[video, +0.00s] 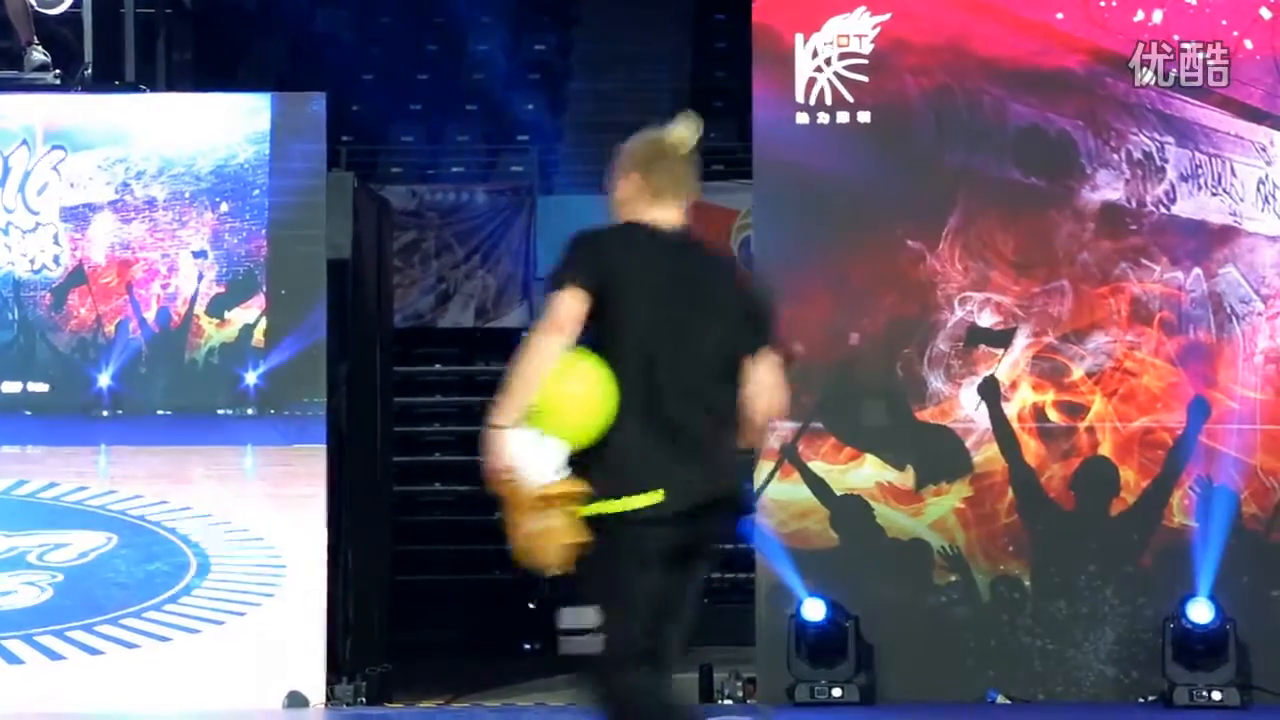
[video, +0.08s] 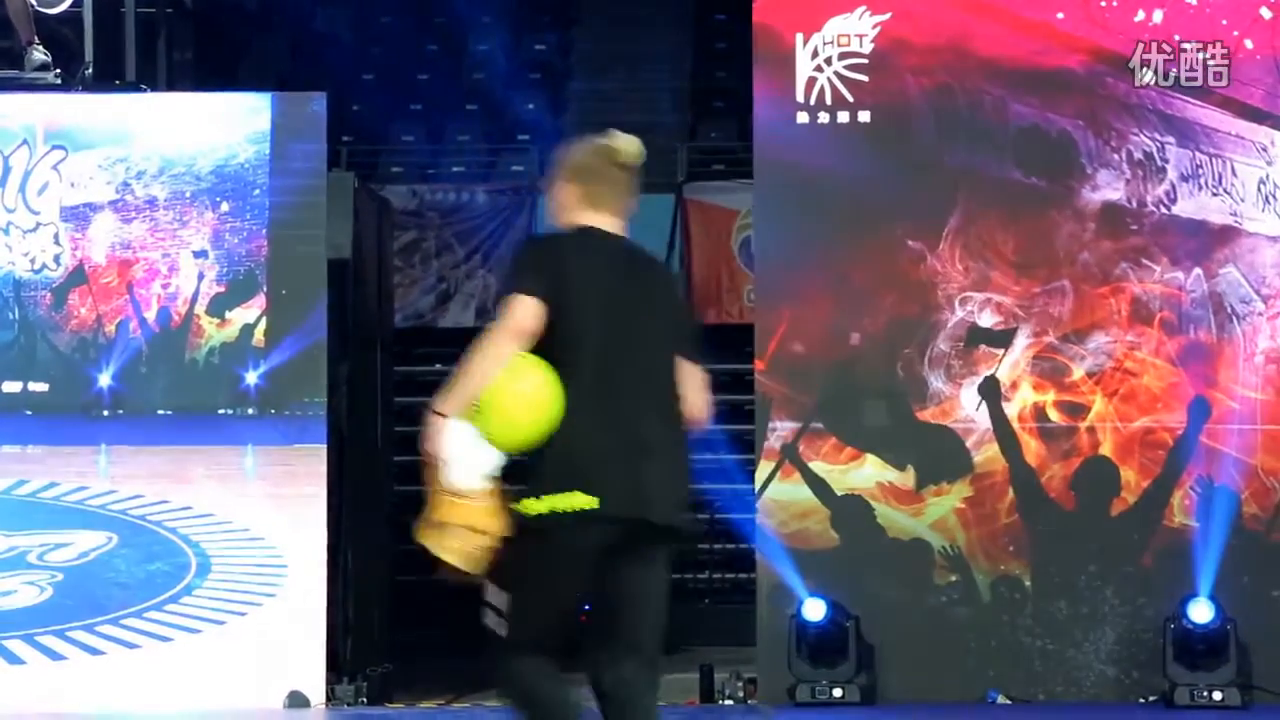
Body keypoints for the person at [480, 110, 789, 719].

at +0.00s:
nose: (611, 192)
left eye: (616, 181)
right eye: (616, 179)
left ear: (629, 185)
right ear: (687, 198)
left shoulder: (601, 250)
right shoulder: (728, 276)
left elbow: (556, 334)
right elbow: (767, 396)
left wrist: (503, 422)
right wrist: (738, 445)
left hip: (628, 489)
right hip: (711, 488)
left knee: (624, 666)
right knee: (654, 664)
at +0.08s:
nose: (549, 196)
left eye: (554, 186)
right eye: (554, 185)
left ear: (566, 191)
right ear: (627, 205)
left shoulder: (548, 254)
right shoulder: (660, 280)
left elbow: (516, 329)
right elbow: (695, 406)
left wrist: (445, 410)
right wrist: (623, 415)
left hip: (566, 495)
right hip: (652, 500)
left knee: (524, 654)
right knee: (627, 667)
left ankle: (572, 710)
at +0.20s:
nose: (446, 172)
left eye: (450, 159)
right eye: (448, 160)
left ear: (470, 159)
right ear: (521, 164)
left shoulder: (465, 229)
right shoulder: (571, 246)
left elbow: (441, 309)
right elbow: (604, 363)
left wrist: (363, 386)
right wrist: (550, 401)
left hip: (469, 461)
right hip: (558, 462)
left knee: (449, 620)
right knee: (578, 620)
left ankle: (436, 710)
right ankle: (611, 711)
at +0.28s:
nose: (381, 190)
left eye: (383, 176)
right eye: (383, 177)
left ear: (402, 171)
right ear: (455, 173)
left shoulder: (404, 242)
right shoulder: (510, 248)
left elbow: (378, 323)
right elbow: (557, 356)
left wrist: (303, 401)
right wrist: (517, 422)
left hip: (417, 466)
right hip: (501, 462)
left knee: (398, 616)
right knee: (508, 610)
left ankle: (378, 711)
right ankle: (571, 707)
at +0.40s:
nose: (298, 230)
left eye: (301, 218)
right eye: (299, 218)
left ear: (317, 218)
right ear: (367, 217)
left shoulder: (314, 285)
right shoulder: (427, 284)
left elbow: (291, 368)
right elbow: (493, 368)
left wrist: (227, 428)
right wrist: (473, 431)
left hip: (353, 497)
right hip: (432, 496)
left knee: (324, 656)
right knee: (408, 655)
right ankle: (470, 707)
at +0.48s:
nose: (259, 228)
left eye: (260, 215)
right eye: (260, 215)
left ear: (273, 212)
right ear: (321, 207)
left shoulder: (267, 280)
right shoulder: (380, 273)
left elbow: (224, 363)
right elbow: (436, 353)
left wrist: (180, 421)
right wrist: (435, 412)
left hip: (309, 483)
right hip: (384, 480)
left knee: (307, 634)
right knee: (362, 629)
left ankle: (324, 713)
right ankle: (368, 709)